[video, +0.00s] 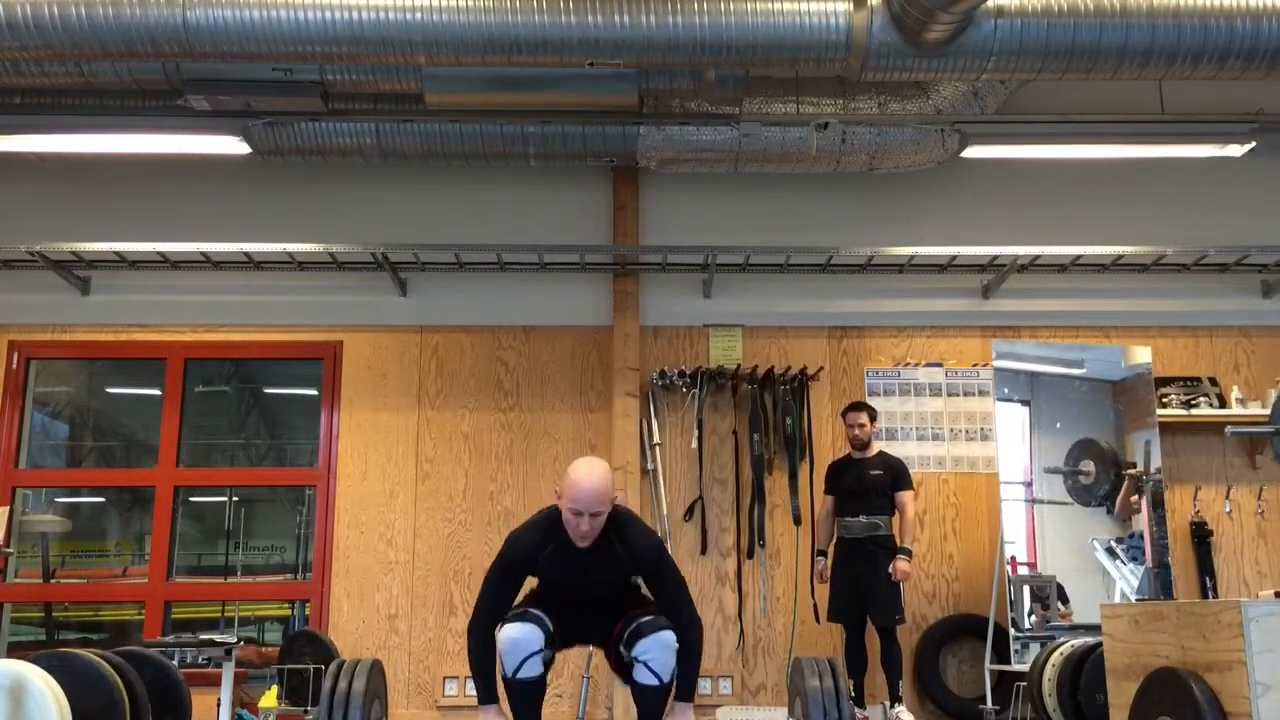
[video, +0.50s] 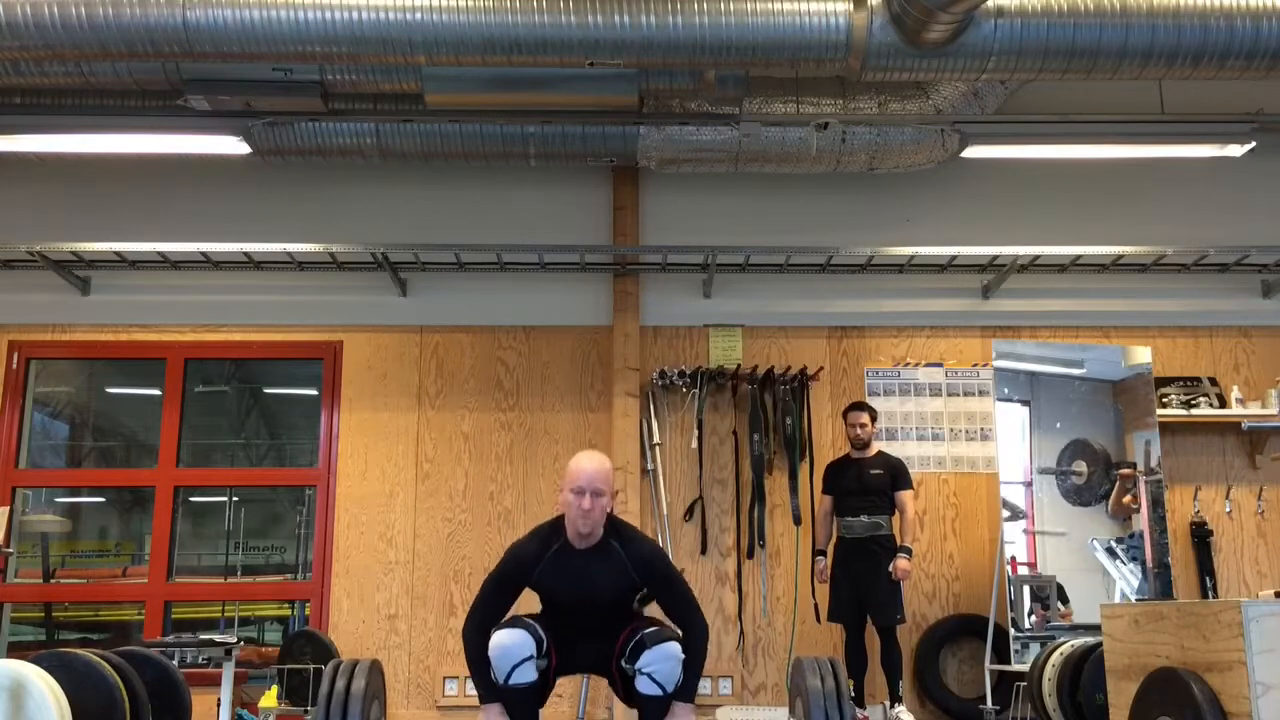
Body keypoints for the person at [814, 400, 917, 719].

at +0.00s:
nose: (855, 431)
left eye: (861, 425)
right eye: (850, 426)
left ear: (873, 427)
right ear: (844, 429)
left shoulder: (892, 465)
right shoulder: (836, 468)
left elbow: (907, 511)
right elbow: (826, 513)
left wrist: (905, 553)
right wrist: (821, 554)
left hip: (882, 558)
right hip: (847, 559)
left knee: (887, 631)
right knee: (853, 633)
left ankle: (896, 704)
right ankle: (858, 705)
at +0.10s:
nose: (856, 431)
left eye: (861, 425)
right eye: (850, 426)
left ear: (873, 427)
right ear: (844, 428)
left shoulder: (892, 465)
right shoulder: (836, 468)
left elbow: (907, 511)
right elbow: (826, 513)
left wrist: (904, 553)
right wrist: (821, 554)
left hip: (882, 558)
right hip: (847, 559)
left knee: (887, 631)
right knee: (853, 633)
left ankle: (896, 704)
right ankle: (858, 705)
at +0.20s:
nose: (857, 431)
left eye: (862, 425)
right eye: (851, 425)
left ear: (874, 427)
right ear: (845, 428)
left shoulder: (892, 465)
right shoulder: (835, 468)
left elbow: (907, 511)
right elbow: (825, 513)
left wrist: (904, 552)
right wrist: (820, 554)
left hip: (882, 557)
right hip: (847, 558)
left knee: (887, 631)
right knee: (853, 632)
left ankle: (896, 704)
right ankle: (858, 705)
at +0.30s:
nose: (857, 431)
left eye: (863, 425)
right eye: (852, 426)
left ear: (874, 427)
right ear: (845, 428)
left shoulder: (892, 465)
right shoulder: (835, 468)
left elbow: (907, 511)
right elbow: (825, 514)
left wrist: (904, 552)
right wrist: (820, 554)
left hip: (882, 557)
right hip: (847, 557)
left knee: (886, 631)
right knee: (853, 632)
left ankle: (896, 703)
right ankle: (858, 705)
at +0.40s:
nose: (857, 431)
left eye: (863, 425)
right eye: (852, 426)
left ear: (874, 427)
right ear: (845, 428)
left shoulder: (892, 465)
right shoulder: (835, 468)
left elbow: (907, 511)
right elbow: (824, 513)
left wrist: (904, 552)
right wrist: (820, 554)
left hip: (882, 557)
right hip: (847, 557)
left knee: (886, 631)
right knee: (853, 632)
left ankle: (896, 703)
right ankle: (858, 705)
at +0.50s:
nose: (857, 431)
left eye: (862, 425)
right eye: (852, 426)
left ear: (874, 427)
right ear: (845, 429)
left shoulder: (892, 465)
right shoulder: (834, 468)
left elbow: (907, 511)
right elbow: (824, 513)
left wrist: (905, 552)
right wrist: (820, 555)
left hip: (882, 557)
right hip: (846, 558)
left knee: (886, 631)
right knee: (853, 632)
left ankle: (896, 703)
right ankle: (857, 705)